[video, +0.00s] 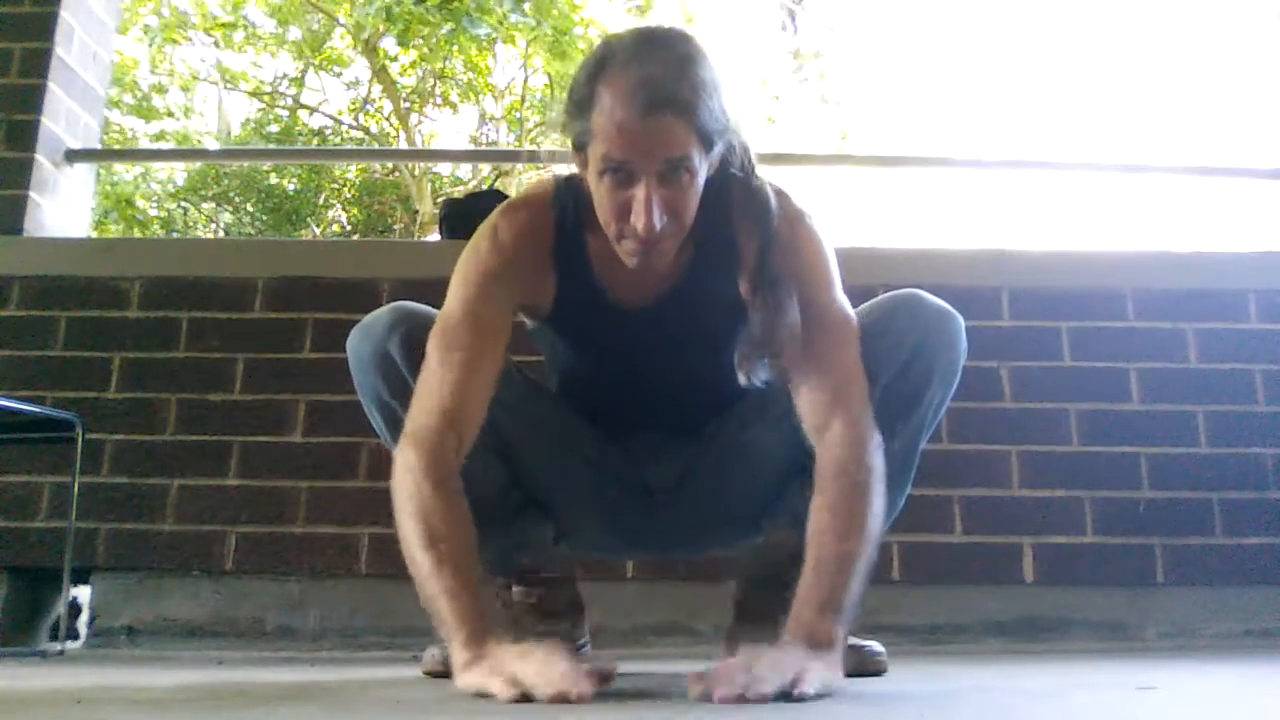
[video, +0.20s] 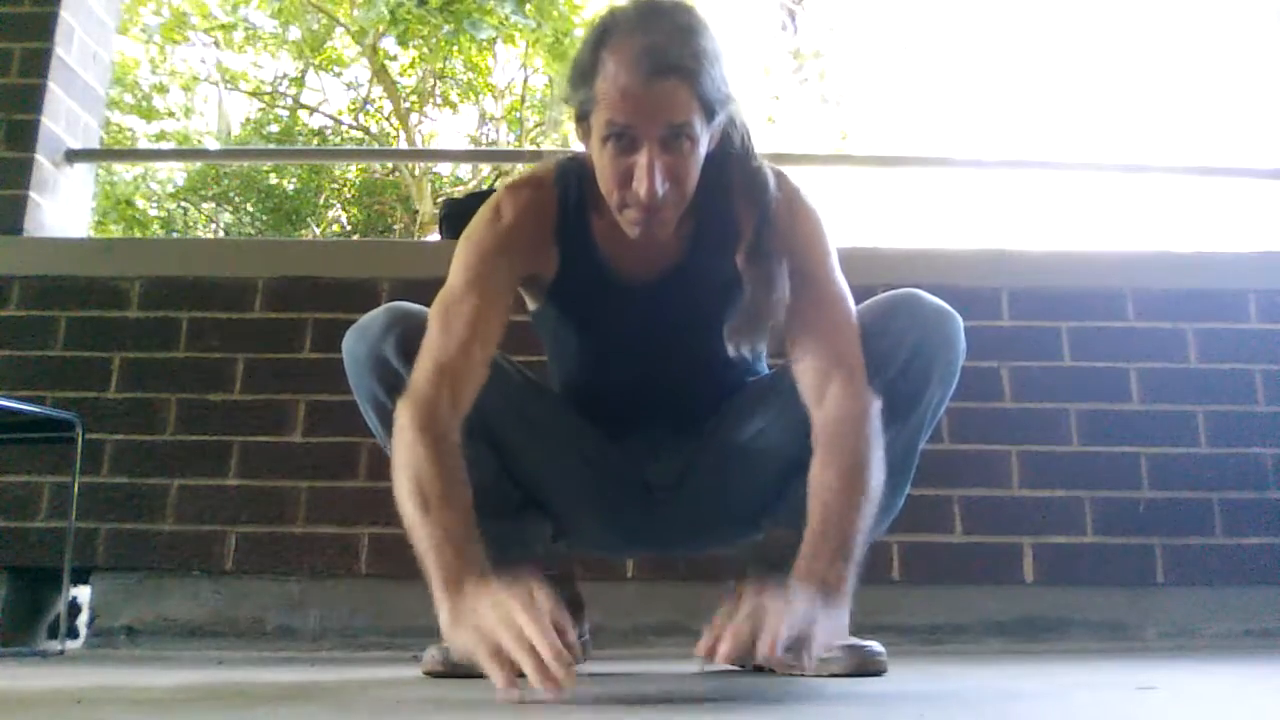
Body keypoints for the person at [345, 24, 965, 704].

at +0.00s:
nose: (645, 212)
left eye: (675, 174)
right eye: (617, 175)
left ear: (715, 158)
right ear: (580, 158)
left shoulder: (773, 230)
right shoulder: (520, 235)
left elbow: (848, 439)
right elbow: (423, 458)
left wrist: (808, 637)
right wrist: (472, 647)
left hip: (728, 478)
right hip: (584, 479)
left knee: (926, 325)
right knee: (388, 336)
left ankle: (781, 622)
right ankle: (540, 605)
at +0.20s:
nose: (647, 178)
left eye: (677, 142)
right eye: (619, 141)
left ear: (717, 129)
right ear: (584, 130)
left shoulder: (772, 210)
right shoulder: (521, 217)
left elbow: (839, 390)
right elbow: (426, 419)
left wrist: (819, 586)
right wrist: (464, 591)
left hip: (729, 472)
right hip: (584, 473)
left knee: (923, 325)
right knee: (381, 339)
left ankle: (792, 608)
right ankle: (520, 606)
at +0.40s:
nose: (649, 175)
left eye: (677, 140)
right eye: (621, 140)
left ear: (716, 126)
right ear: (585, 126)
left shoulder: (770, 197)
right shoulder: (528, 202)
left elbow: (859, 356)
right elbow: (409, 371)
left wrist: (842, 436)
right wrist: (448, 445)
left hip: (732, 475)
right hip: (581, 477)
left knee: (928, 327)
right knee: (377, 344)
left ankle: (787, 609)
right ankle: (535, 608)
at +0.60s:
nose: (651, 191)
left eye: (680, 155)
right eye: (622, 156)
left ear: (718, 140)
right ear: (586, 141)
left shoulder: (775, 202)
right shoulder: (528, 201)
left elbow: (863, 370)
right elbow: (408, 370)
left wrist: (827, 450)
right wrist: (478, 460)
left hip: (731, 477)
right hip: (580, 476)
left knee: (928, 328)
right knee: (381, 343)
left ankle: (782, 610)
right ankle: (534, 604)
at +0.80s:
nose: (653, 187)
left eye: (681, 152)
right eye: (624, 153)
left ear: (720, 138)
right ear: (586, 139)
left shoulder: (773, 197)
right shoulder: (530, 195)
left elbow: (824, 379)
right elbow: (449, 382)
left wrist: (810, 569)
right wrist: (501, 572)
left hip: (734, 467)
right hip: (586, 467)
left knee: (929, 334)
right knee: (379, 347)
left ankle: (783, 609)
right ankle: (528, 607)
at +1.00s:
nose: (647, 122)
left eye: (675, 86)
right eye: (619, 88)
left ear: (713, 82)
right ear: (581, 83)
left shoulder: (773, 158)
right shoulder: (523, 161)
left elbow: (832, 333)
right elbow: (447, 339)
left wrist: (819, 512)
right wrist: (468, 529)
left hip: (732, 449)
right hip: (584, 448)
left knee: (936, 342)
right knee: (371, 353)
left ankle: (788, 602)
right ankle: (529, 605)